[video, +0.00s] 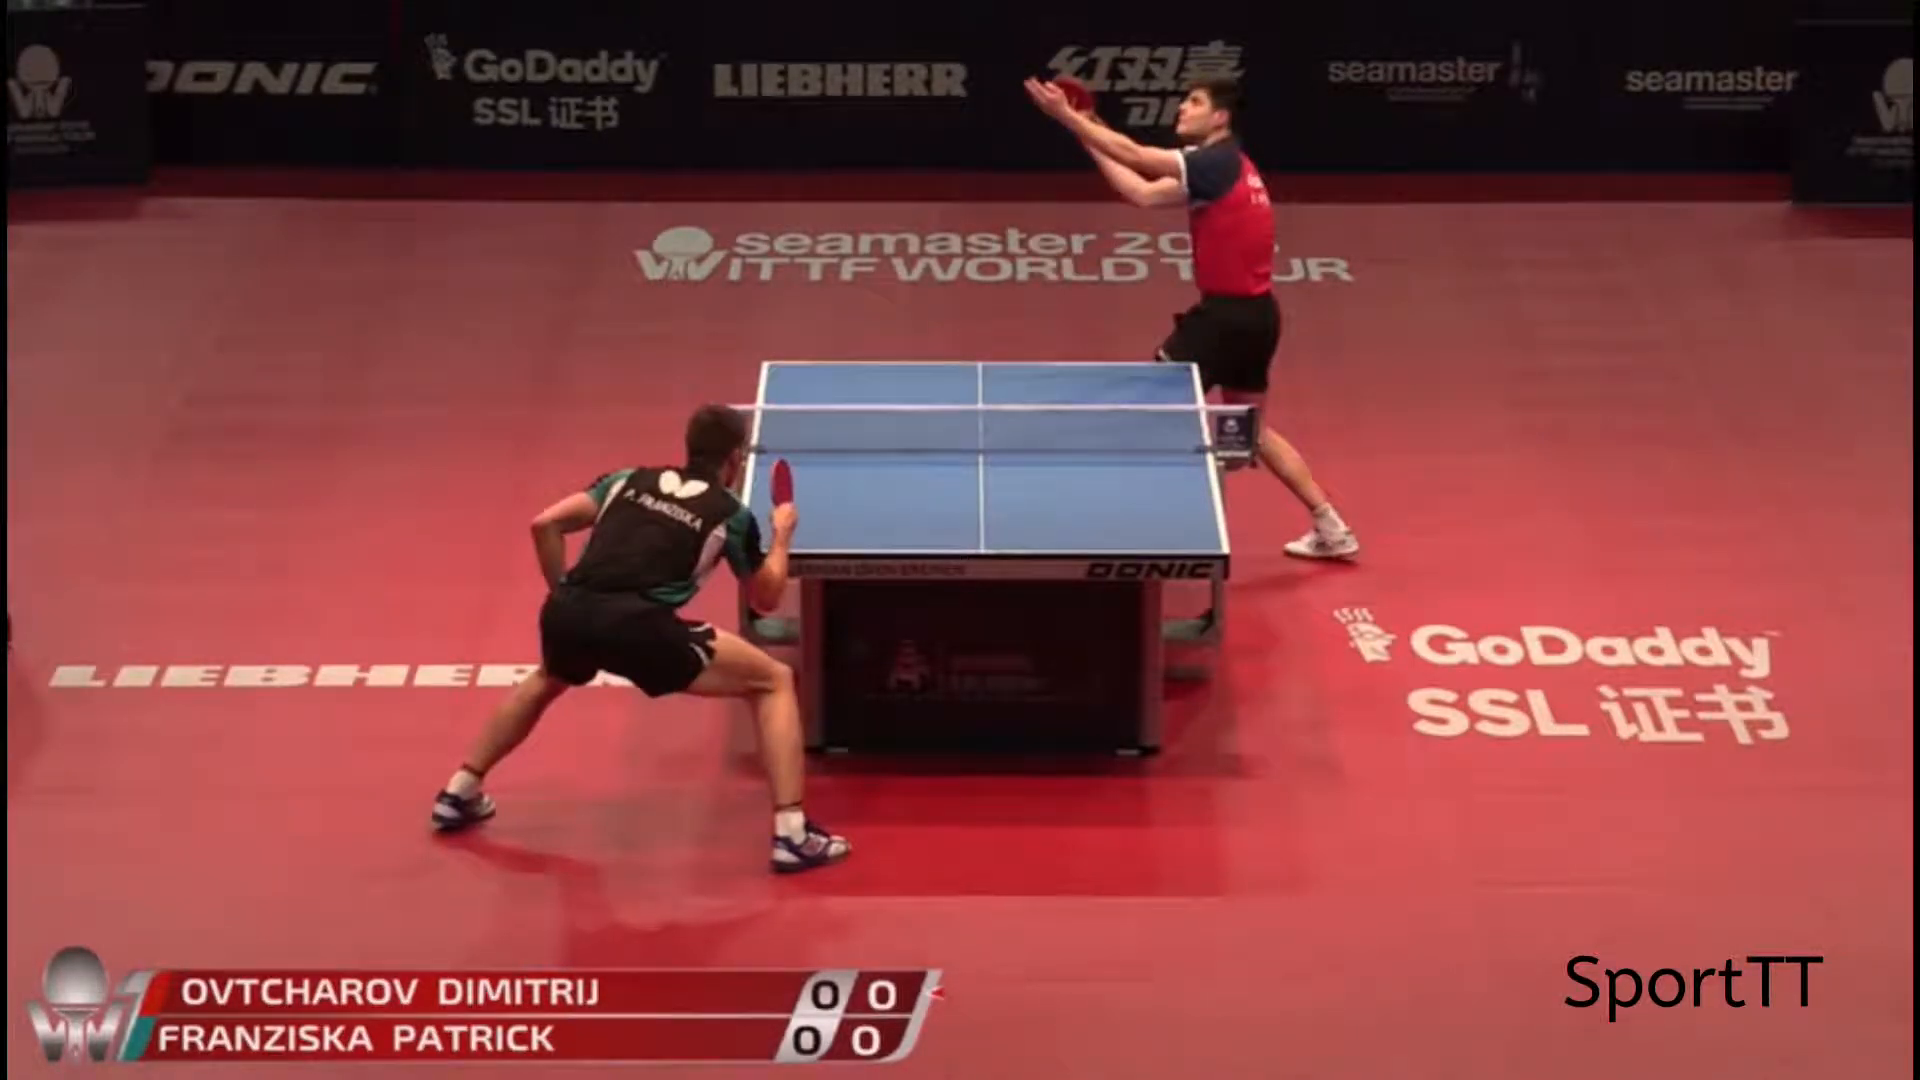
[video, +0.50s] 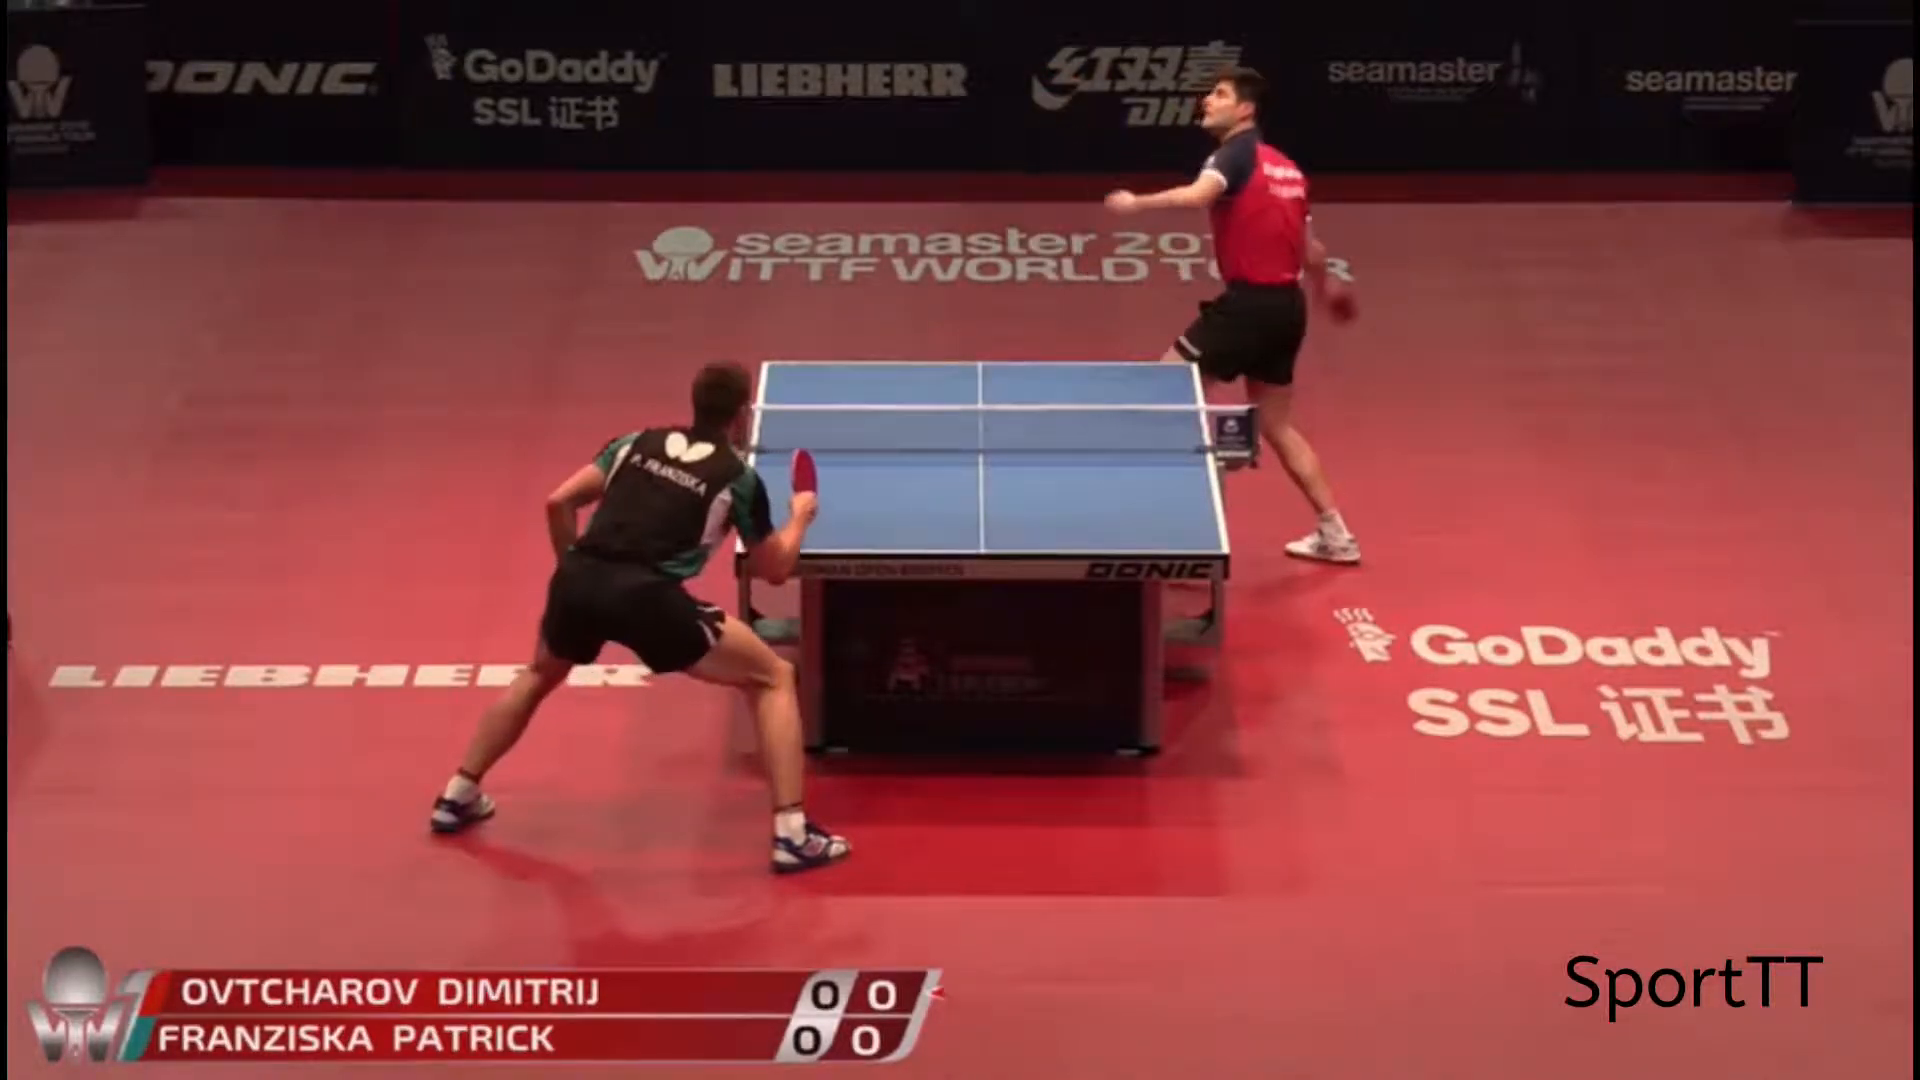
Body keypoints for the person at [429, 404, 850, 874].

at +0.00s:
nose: (745, 461)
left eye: (743, 453)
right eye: (745, 454)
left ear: (689, 451)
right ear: (734, 459)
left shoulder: (629, 479)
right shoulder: (732, 513)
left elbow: (546, 523)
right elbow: (766, 598)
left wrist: (560, 593)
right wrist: (782, 535)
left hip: (568, 614)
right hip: (639, 624)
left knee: (545, 682)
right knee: (774, 682)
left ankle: (459, 790)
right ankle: (793, 833)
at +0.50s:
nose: (752, 419)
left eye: (749, 409)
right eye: (751, 411)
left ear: (695, 405)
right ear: (741, 418)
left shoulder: (638, 443)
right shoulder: (741, 477)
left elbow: (559, 501)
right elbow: (774, 568)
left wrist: (570, 569)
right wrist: (801, 517)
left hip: (577, 583)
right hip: (650, 597)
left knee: (537, 676)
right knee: (774, 678)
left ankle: (458, 793)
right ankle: (792, 831)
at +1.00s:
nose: (762, 374)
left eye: (759, 366)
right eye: (761, 367)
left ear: (707, 362)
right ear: (752, 372)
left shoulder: (650, 396)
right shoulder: (748, 435)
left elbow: (572, 454)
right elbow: (783, 533)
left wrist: (587, 513)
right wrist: (847, 537)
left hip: (592, 545)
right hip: (660, 561)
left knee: (541, 655)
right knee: (758, 680)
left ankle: (475, 786)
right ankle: (790, 833)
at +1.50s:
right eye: (774, 379)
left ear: (729, 375)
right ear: (775, 385)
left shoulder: (712, 410)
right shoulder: (790, 435)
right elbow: (798, 483)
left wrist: (616, 459)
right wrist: (811, 479)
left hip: (707, 569)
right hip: (778, 570)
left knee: (602, 661)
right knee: (820, 639)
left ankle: (507, 780)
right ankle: (881, 755)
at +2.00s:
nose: (782, 397)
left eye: (775, 385)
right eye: (782, 390)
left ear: (727, 384)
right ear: (772, 396)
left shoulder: (670, 431)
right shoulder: (773, 467)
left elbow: (599, 497)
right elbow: (813, 563)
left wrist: (620, 523)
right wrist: (864, 553)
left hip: (619, 585)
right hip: (692, 601)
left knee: (554, 680)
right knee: (801, 704)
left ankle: (470, 799)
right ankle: (777, 849)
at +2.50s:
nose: (796, 445)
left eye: (796, 437)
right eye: (793, 439)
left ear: (748, 420)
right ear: (773, 444)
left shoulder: (722, 423)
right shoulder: (712, 487)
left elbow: (745, 438)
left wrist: (777, 464)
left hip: (573, 555)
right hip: (624, 578)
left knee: (541, 671)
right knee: (755, 650)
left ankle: (433, 768)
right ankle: (753, 804)